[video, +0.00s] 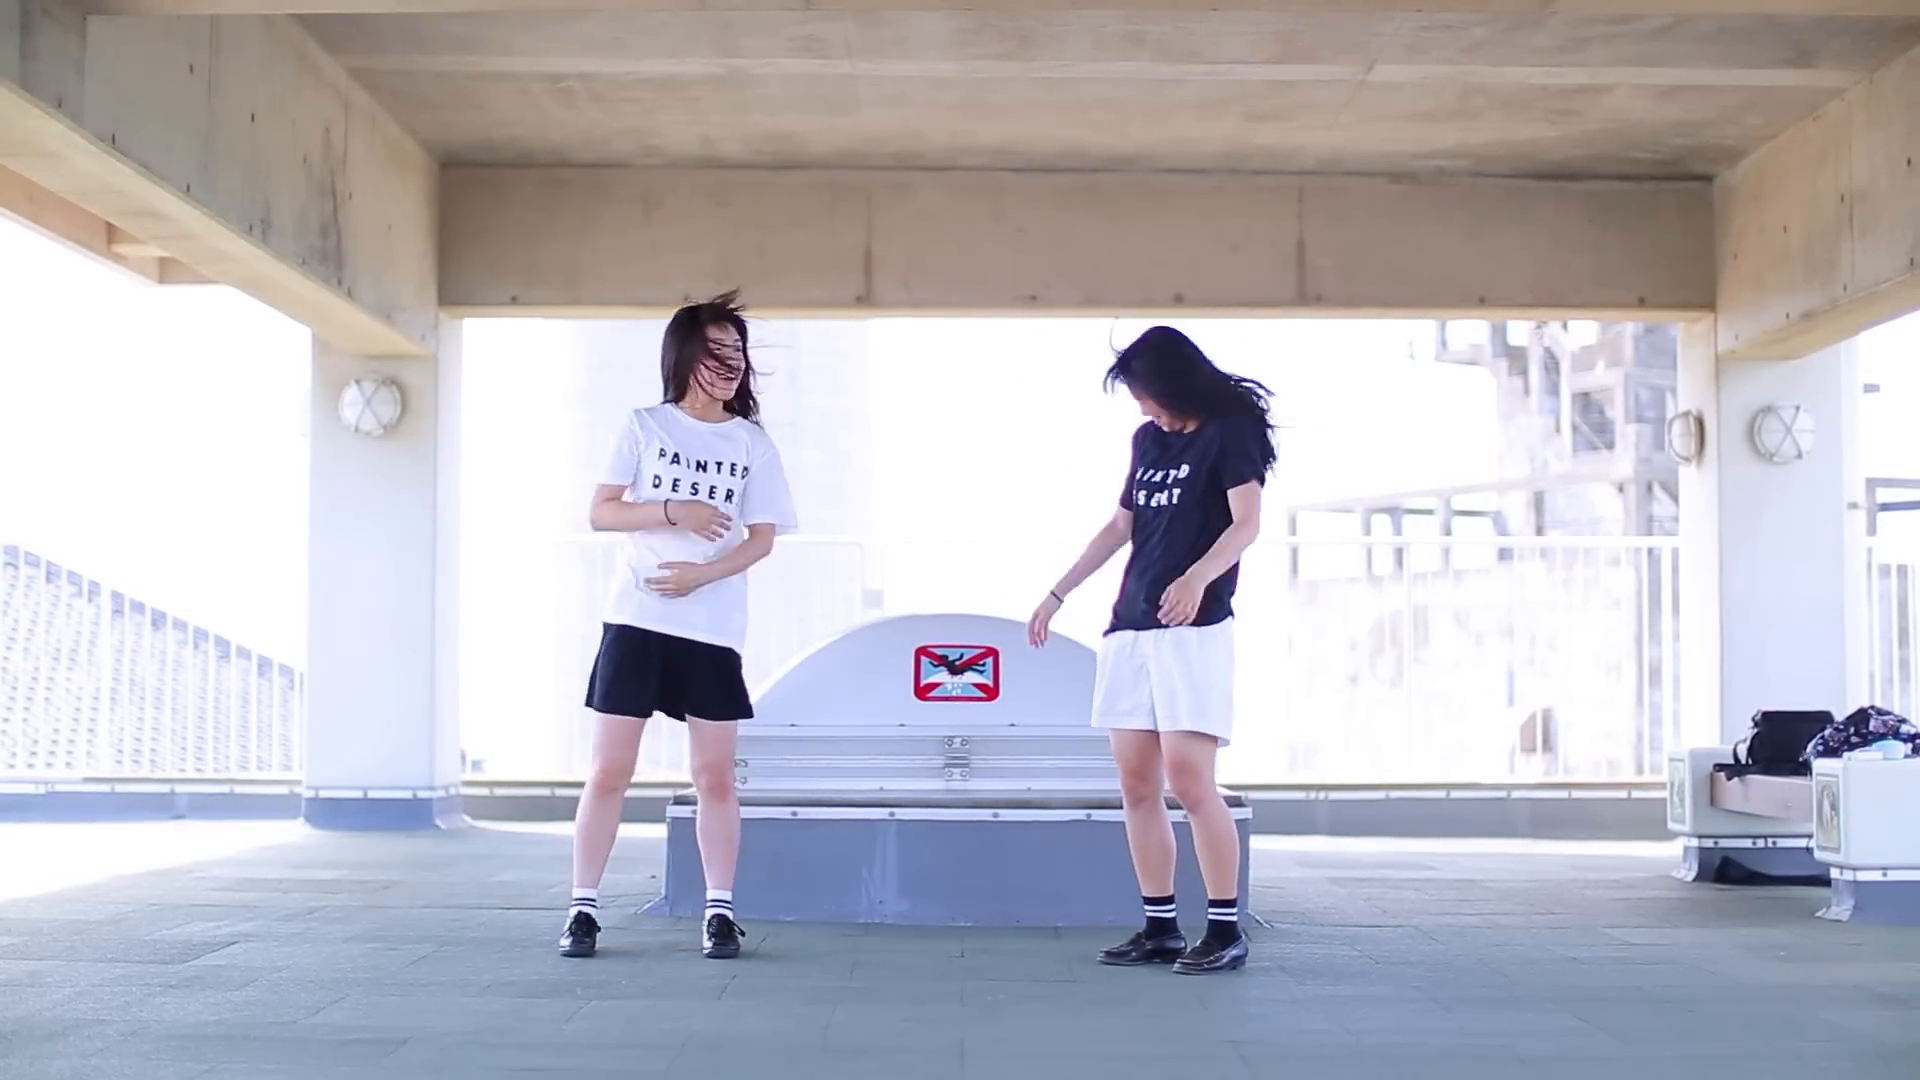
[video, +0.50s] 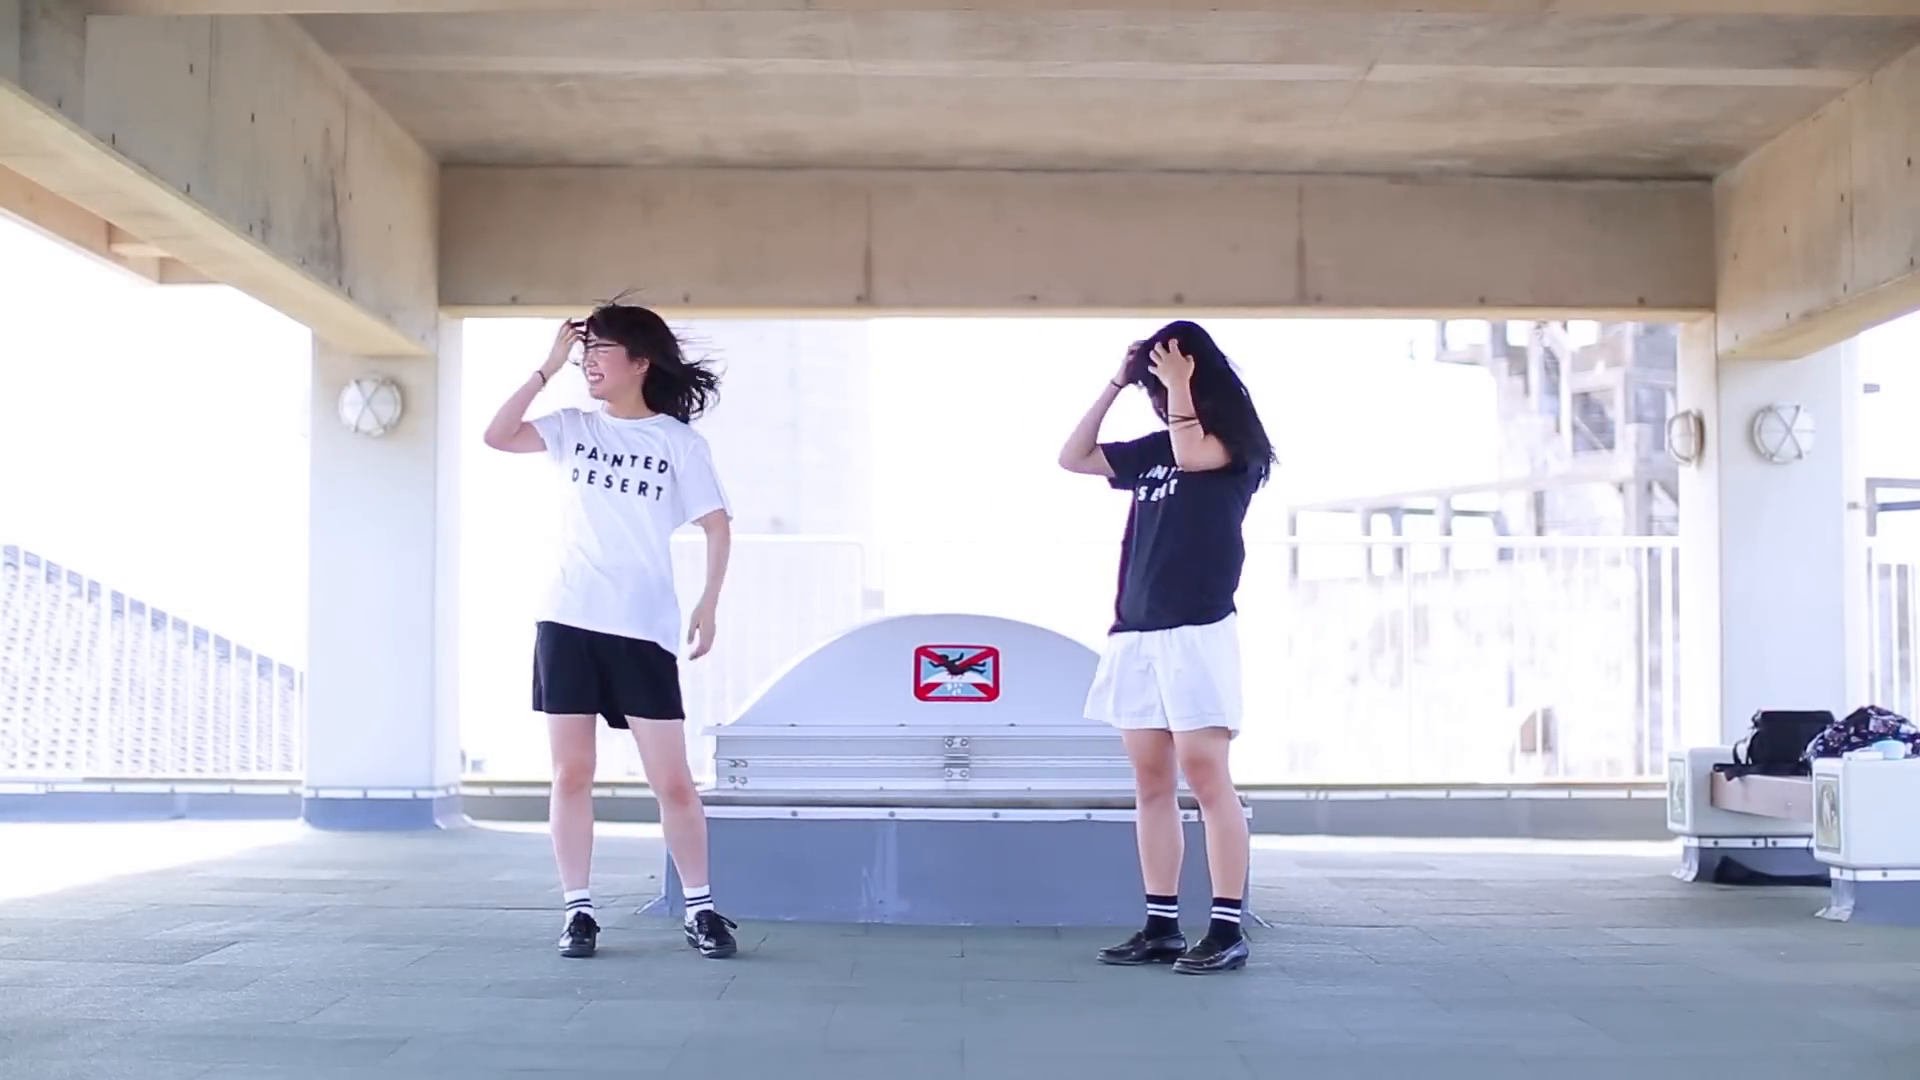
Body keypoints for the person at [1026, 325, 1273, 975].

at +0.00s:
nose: (1145, 412)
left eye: (1150, 399)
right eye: (1139, 401)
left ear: (1179, 386)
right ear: (1141, 392)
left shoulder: (1232, 428)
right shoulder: (1148, 438)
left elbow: (1247, 524)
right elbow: (1120, 526)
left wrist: (1195, 578)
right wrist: (1059, 591)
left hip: (1194, 633)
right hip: (1128, 632)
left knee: (1190, 781)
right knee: (1138, 785)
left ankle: (1226, 933)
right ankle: (1160, 929)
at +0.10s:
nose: (1142, 401)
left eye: (1146, 387)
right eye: (1137, 390)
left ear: (1175, 375)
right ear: (1152, 381)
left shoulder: (1229, 429)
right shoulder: (1157, 440)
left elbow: (1229, 516)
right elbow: (1125, 529)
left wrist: (1150, 505)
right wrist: (1042, 544)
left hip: (1196, 630)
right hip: (1135, 631)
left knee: (1196, 780)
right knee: (1140, 784)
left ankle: (1226, 933)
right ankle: (1159, 930)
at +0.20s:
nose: (1146, 404)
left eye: (1152, 391)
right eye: (1142, 395)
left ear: (1182, 377)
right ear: (1150, 391)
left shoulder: (1238, 426)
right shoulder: (1163, 445)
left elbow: (1199, 497)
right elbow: (1112, 524)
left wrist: (1137, 433)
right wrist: (1047, 488)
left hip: (1200, 631)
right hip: (1136, 632)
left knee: (1200, 781)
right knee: (1143, 785)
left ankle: (1226, 933)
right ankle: (1161, 930)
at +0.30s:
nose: (1137, 400)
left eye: (1142, 385)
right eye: (1133, 390)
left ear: (1173, 378)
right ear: (1158, 389)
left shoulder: (1235, 441)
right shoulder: (1154, 457)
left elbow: (1179, 459)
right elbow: (1090, 502)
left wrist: (1146, 388)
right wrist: (1068, 430)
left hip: (1202, 634)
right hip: (1137, 637)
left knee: (1204, 780)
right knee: (1145, 783)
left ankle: (1227, 932)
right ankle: (1160, 929)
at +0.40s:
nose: (1143, 392)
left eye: (1150, 374)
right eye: (1139, 379)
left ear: (1184, 369)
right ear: (1159, 385)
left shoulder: (1241, 438)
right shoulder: (1157, 450)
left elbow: (1177, 454)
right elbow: (1079, 472)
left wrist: (1156, 380)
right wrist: (1096, 392)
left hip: (1200, 632)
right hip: (1137, 635)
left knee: (1205, 776)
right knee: (1148, 781)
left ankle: (1228, 930)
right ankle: (1160, 928)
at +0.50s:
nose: (1159, 398)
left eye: (1168, 384)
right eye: (1153, 389)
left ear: (1202, 378)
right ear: (1155, 393)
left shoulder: (1241, 442)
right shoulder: (1156, 450)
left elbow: (1191, 458)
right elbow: (1075, 457)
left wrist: (1179, 385)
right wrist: (1116, 385)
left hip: (1198, 634)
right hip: (1136, 636)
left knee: (1206, 778)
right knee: (1151, 782)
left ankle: (1227, 930)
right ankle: (1160, 928)